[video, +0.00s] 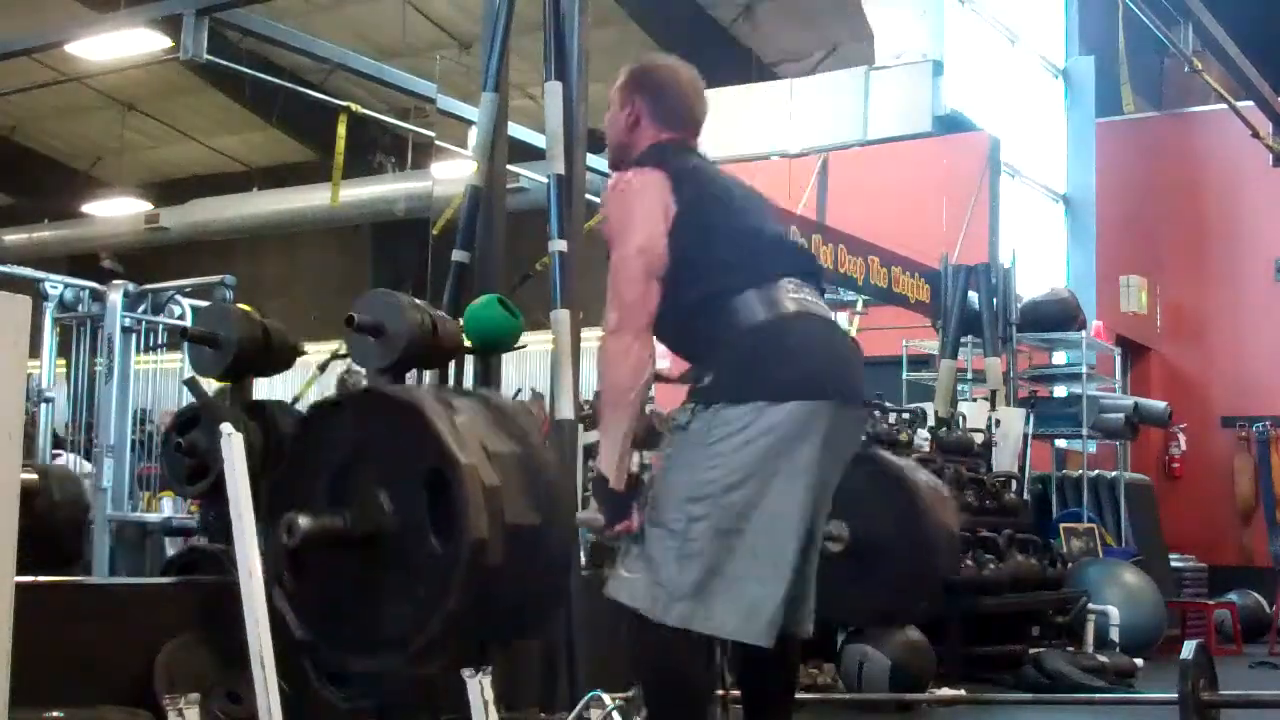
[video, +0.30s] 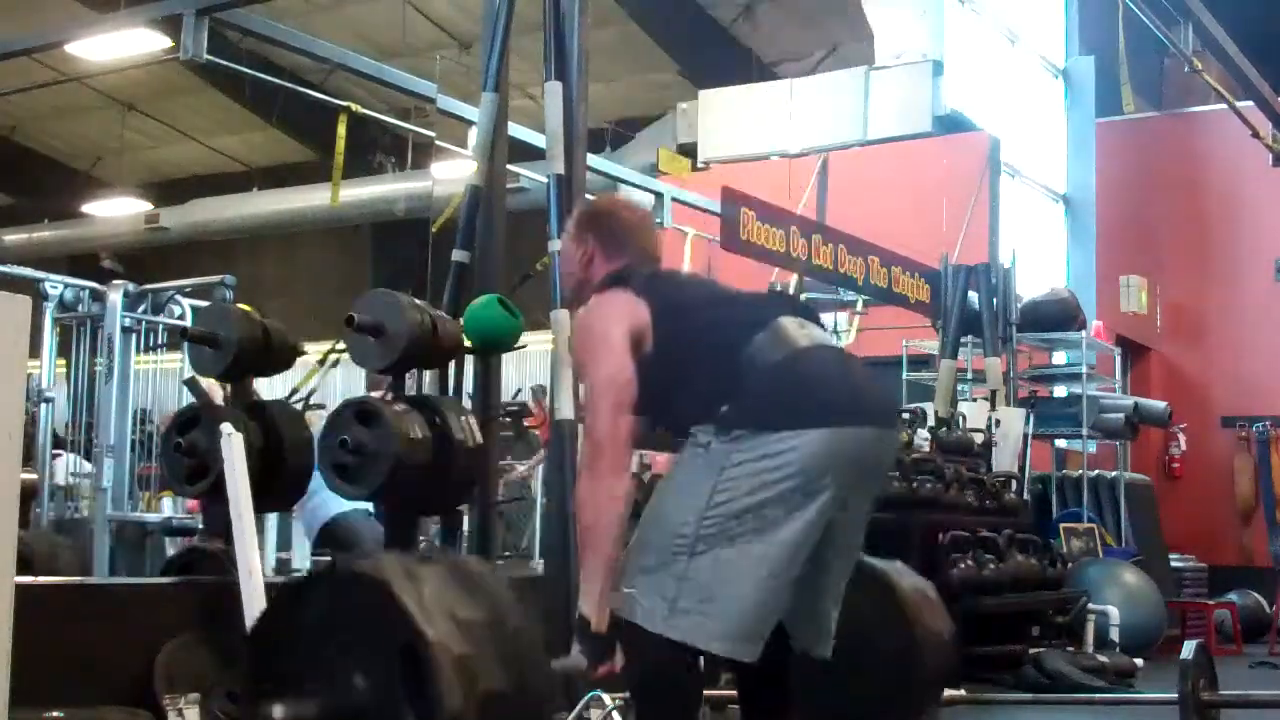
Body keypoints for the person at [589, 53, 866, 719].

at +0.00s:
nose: (605, 123)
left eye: (611, 109)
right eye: (608, 109)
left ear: (634, 113)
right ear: (689, 126)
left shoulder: (642, 181)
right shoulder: (720, 185)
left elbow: (628, 334)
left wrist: (610, 474)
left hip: (765, 376)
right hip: (841, 378)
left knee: (662, 599)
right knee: (771, 603)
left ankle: (681, 714)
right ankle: (766, 716)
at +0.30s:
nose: (560, 261)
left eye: (564, 248)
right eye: (561, 248)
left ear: (588, 254)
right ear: (640, 252)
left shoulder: (606, 310)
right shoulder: (685, 294)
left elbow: (606, 466)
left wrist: (593, 618)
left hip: (776, 419)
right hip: (866, 415)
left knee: (652, 613)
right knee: (772, 630)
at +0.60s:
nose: (550, 325)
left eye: (553, 309)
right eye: (550, 311)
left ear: (579, 303)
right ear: (632, 297)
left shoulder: (600, 355)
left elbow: (600, 506)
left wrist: (588, 665)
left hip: (784, 430)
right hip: (868, 432)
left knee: (645, 621)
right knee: (758, 645)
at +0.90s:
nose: (546, 273)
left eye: (547, 256)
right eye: (544, 258)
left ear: (571, 249)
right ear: (626, 244)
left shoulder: (600, 294)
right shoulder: (682, 276)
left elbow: (606, 444)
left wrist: (604, 601)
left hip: (776, 387)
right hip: (863, 387)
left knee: (678, 621)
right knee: (778, 626)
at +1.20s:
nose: (587, 162)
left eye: (592, 147)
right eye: (588, 148)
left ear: (619, 145)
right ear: (670, 150)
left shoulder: (636, 209)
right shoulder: (718, 198)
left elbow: (632, 351)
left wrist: (615, 506)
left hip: (774, 369)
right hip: (854, 372)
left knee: (699, 611)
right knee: (780, 623)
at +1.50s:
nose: (692, 50)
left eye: (706, 37)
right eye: (702, 37)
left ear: (728, 57)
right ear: (766, 74)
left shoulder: (705, 144)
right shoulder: (804, 158)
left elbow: (672, 284)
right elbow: (777, 303)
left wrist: (629, 428)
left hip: (746, 387)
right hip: (831, 399)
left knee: (685, 615)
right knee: (769, 611)